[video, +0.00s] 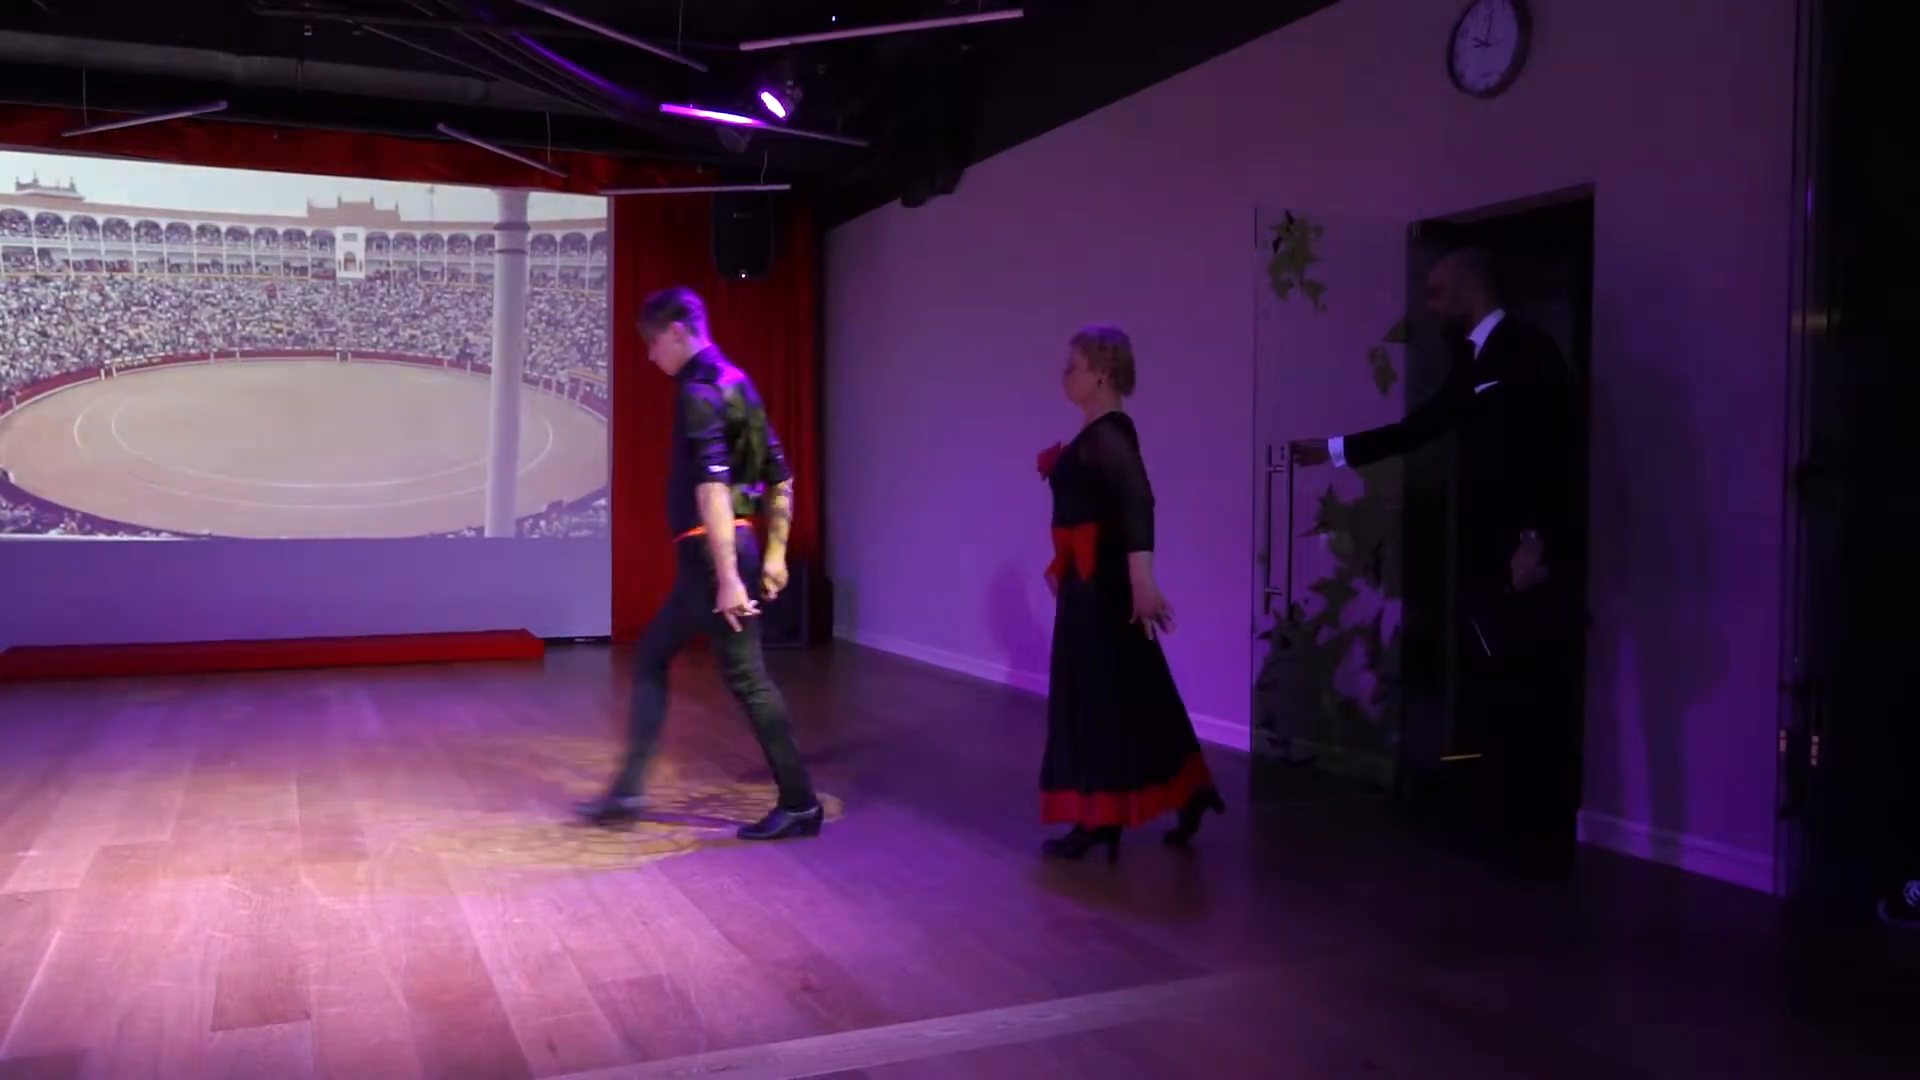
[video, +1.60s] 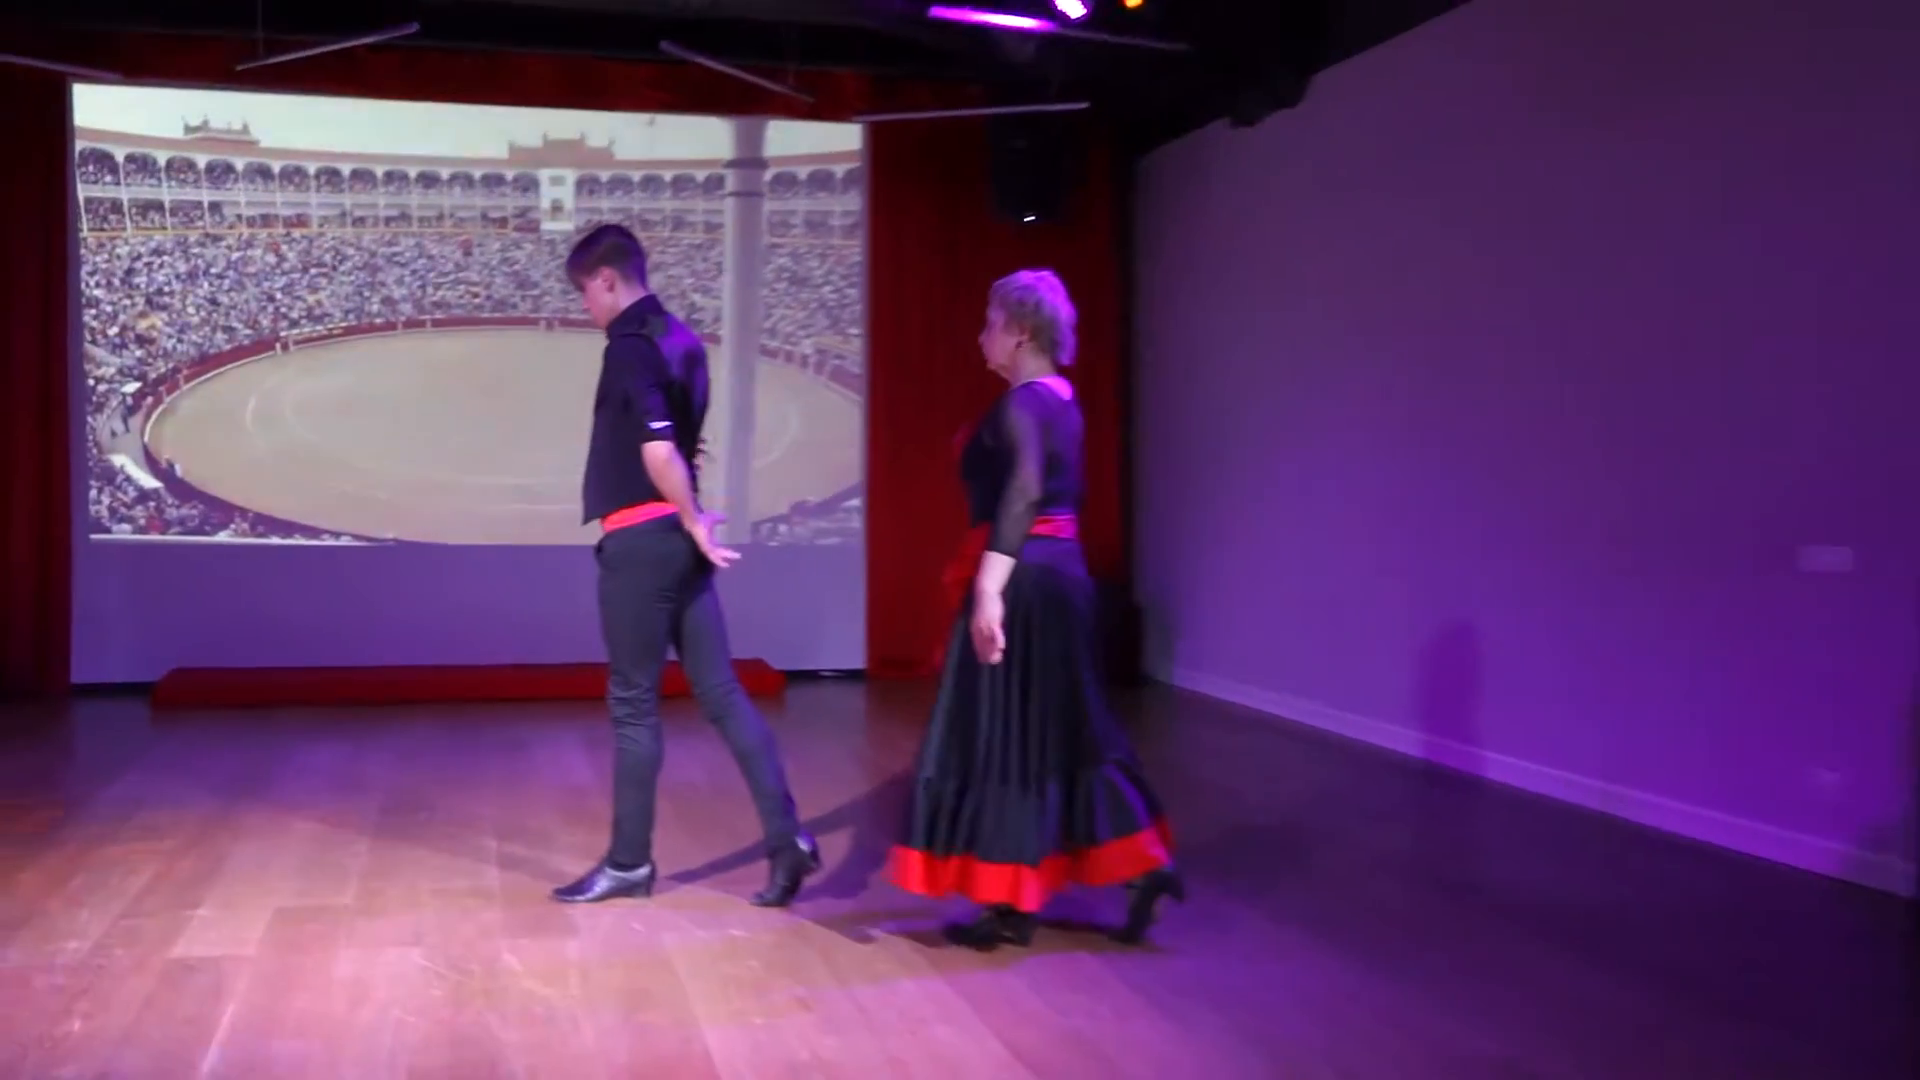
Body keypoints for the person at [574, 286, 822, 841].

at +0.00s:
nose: (652, 355)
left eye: (654, 342)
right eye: (650, 344)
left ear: (682, 331)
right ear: (688, 332)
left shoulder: (699, 391)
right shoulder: (737, 384)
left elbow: (714, 487)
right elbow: (779, 479)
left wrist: (728, 577)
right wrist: (775, 553)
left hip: (713, 555)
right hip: (727, 550)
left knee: (749, 680)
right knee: (653, 654)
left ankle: (800, 802)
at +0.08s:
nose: (626, 356)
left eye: (629, 344)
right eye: (624, 345)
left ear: (657, 334)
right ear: (666, 335)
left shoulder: (670, 395)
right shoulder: (713, 388)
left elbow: (685, 491)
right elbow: (754, 483)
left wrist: (704, 577)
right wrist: (750, 560)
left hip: (682, 558)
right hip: (695, 554)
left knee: (718, 679)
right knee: (620, 658)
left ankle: (792, 794)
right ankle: (583, 791)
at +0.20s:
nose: (589, 360)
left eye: (591, 347)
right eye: (587, 349)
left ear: (618, 335)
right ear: (629, 335)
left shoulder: (631, 391)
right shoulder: (674, 387)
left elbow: (645, 483)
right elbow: (711, 485)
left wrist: (666, 572)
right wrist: (698, 565)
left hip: (628, 556)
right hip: (644, 554)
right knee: (582, 667)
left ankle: (731, 764)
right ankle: (569, 798)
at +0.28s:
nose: (567, 360)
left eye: (568, 348)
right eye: (564, 349)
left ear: (593, 337)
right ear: (604, 336)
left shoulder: (610, 392)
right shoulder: (648, 386)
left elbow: (625, 482)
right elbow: (683, 487)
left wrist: (639, 568)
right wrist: (663, 564)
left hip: (597, 555)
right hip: (620, 552)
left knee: (547, 674)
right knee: (569, 676)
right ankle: (567, 799)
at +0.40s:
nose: (533, 362)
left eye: (536, 348)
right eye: (531, 350)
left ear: (562, 339)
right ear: (574, 339)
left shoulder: (580, 391)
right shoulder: (619, 388)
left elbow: (595, 481)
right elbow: (648, 487)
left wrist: (602, 563)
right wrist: (634, 564)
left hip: (557, 555)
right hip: (593, 559)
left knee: (479, 656)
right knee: (553, 675)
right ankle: (568, 800)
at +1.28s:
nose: (510, 338)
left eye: (512, 325)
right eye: (508, 326)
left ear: (535, 315)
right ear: (554, 314)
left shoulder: (547, 371)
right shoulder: (597, 368)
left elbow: (565, 459)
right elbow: (652, 431)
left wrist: (590, 540)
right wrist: (668, 504)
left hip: (544, 542)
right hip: (589, 538)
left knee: (541, 682)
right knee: (620, 673)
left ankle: (539, 816)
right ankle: (681, 798)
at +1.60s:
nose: (583, 307)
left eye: (584, 293)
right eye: (580, 294)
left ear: (609, 281)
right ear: (629, 279)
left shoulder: (631, 345)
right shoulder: (681, 338)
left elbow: (657, 448)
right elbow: (684, 444)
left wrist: (693, 522)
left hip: (637, 545)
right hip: (678, 539)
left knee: (634, 708)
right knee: (721, 693)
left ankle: (629, 862)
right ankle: (788, 840)